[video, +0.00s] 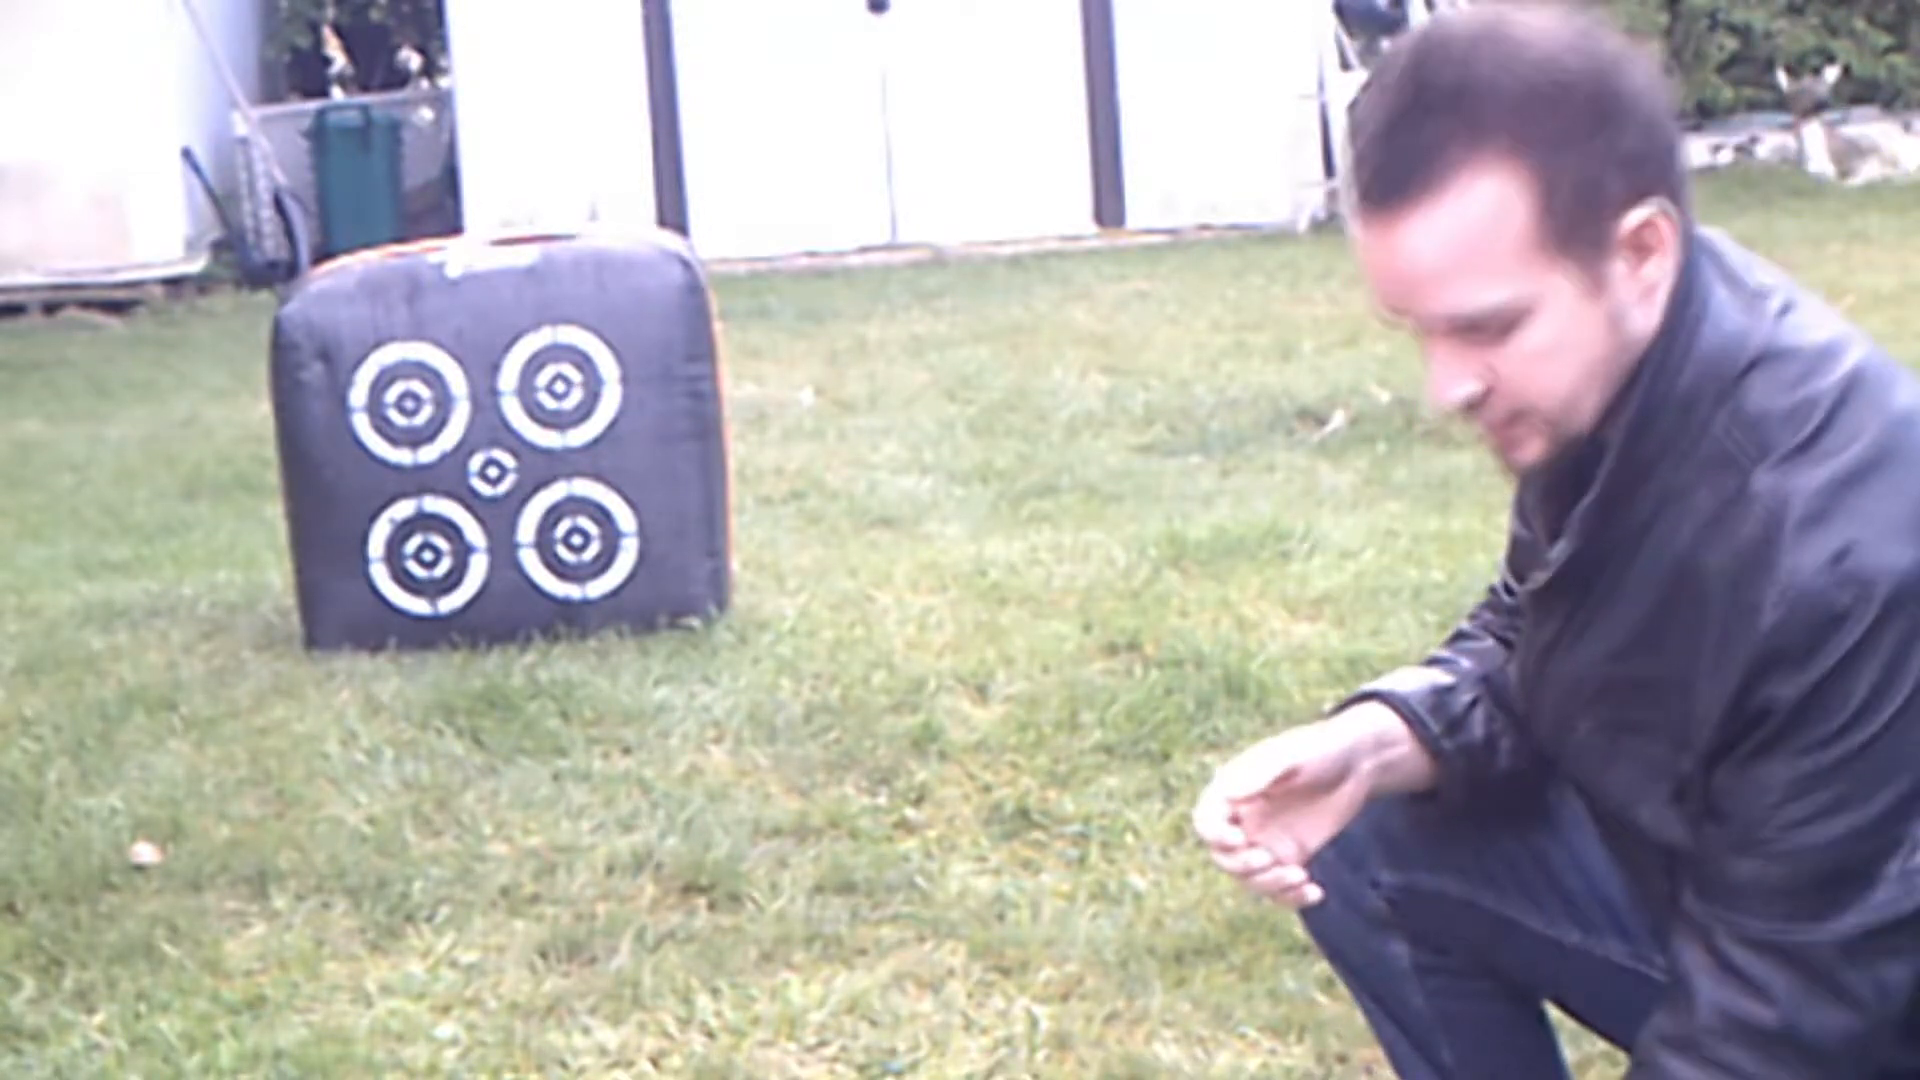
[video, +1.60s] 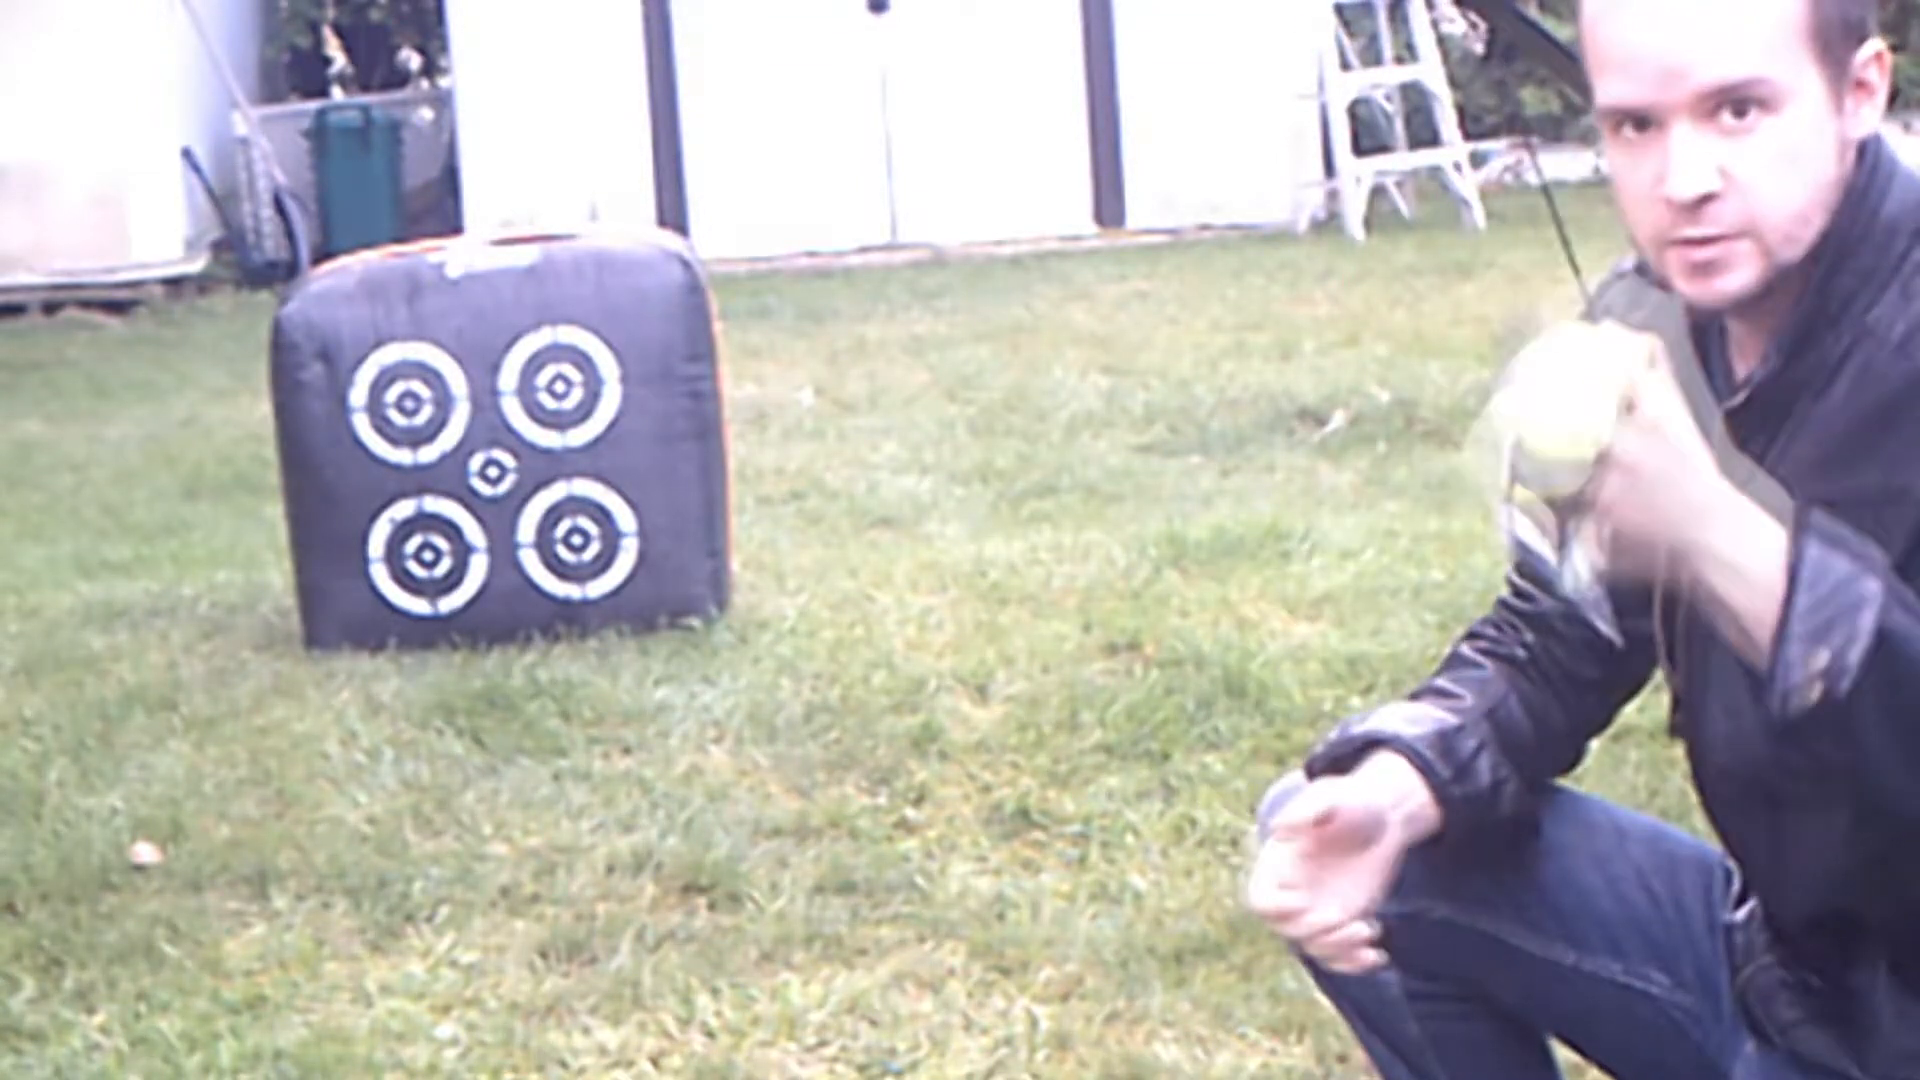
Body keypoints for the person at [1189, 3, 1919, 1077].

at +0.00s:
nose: (1447, 390)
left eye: (1489, 330)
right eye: (1420, 334)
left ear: (1643, 256)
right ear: (1391, 289)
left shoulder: (1850, 556)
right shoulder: (1622, 379)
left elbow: (1790, 1013)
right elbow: (1536, 634)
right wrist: (1373, 747)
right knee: (1362, 850)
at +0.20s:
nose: (1511, 306)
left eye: (1564, 241)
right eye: (1485, 249)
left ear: (1718, 190)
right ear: (1460, 213)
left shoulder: (1886, 468)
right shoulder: (1592, 365)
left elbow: (1853, 987)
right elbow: (1539, 639)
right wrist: (1370, 752)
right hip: (1690, 905)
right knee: (1358, 852)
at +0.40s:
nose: (1620, 213)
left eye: (1676, 144)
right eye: (1574, 156)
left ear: (1809, 123)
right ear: (1540, 149)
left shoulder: (1900, 387)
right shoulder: (1593, 342)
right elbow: (1542, 642)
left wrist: (1689, 1038)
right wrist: (1377, 758)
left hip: (1877, 973)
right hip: (1706, 900)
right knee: (1344, 843)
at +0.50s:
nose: (1658, 188)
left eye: (1715, 119)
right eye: (1611, 130)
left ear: (1838, 108)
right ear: (1573, 135)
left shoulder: (1901, 368)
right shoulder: (1607, 335)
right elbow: (1542, 630)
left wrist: (1732, 878)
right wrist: (1373, 760)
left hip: (1886, 1028)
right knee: (1391, 909)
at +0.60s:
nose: (1686, 182)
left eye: (1743, 110)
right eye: (1636, 122)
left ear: (1860, 100)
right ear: (1595, 131)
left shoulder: (1901, 362)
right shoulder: (1619, 337)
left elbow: (1895, 782)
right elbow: (1544, 663)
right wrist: (1390, 777)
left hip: (1882, 1035)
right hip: (1751, 942)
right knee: (1362, 868)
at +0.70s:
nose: (1701, 173)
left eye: (1759, 101)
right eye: (1650, 115)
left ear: (1874, 91)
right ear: (1610, 126)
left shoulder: (1902, 334)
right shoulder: (1649, 319)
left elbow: (1896, 671)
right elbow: (1556, 634)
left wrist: (1701, 494)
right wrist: (1387, 778)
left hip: (1885, 1036)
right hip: (1767, 941)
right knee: (1366, 870)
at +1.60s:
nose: (1683, 183)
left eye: (1738, 111)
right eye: (1635, 125)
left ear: (1862, 94)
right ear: (1598, 132)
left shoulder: (1905, 338)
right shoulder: (1646, 322)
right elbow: (1555, 637)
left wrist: (1712, 530)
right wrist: (1407, 781)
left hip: (1883, 1047)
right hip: (1766, 945)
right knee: (1360, 852)